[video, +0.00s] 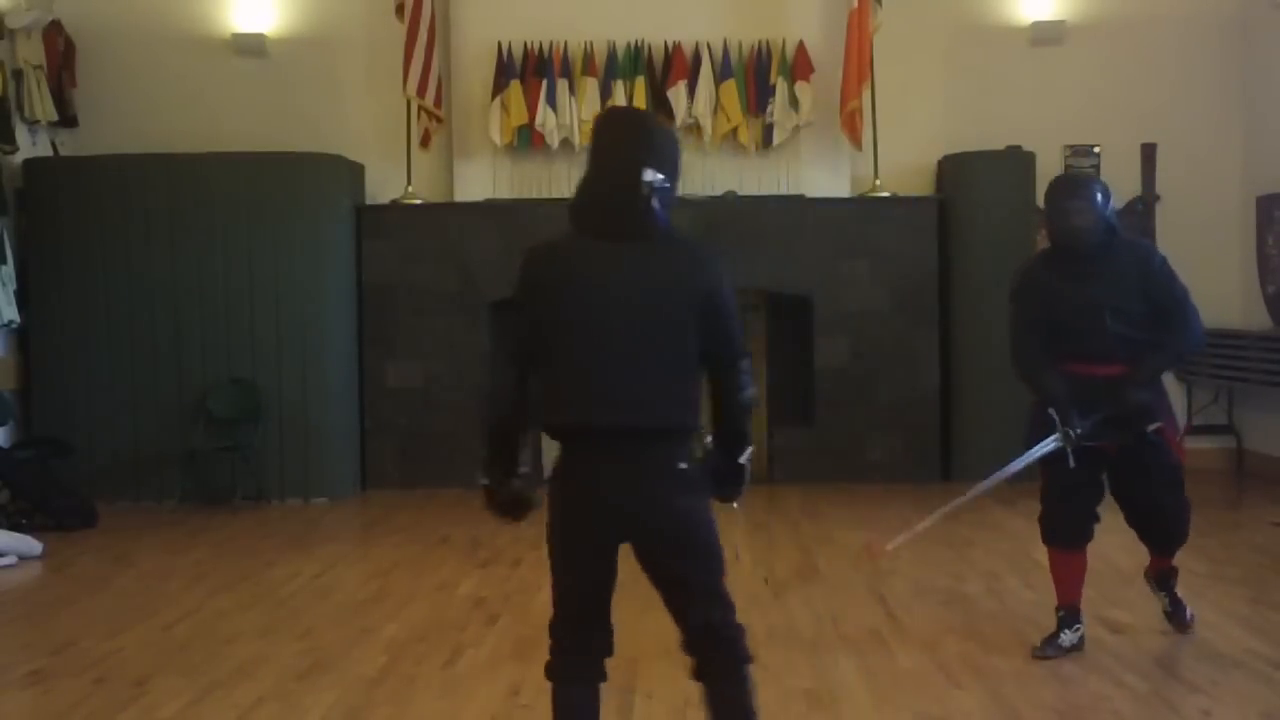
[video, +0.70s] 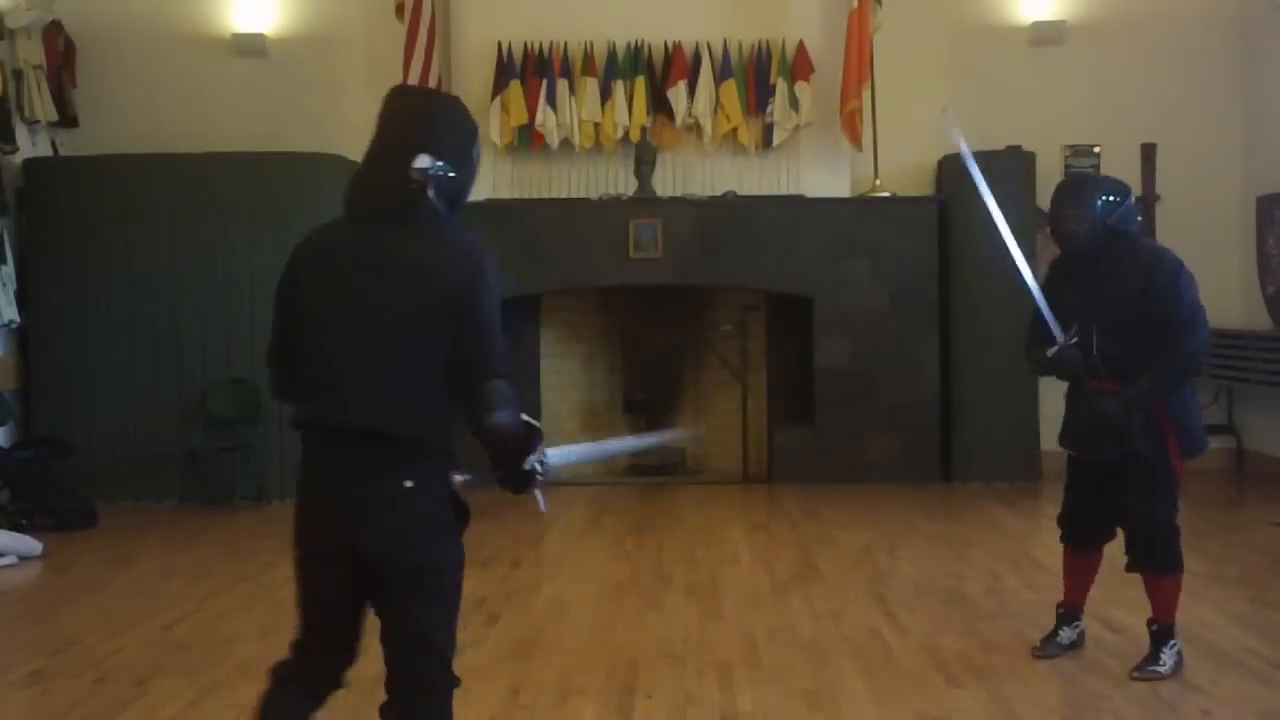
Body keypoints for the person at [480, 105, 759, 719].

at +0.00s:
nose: (670, 186)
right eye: (667, 175)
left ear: (594, 175)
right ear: (663, 180)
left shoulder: (547, 264)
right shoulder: (692, 265)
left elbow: (512, 372)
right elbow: (730, 373)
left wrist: (505, 468)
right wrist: (730, 458)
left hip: (581, 482)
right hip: (666, 482)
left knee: (576, 647)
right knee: (715, 642)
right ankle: (735, 707)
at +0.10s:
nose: (643, 176)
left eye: (637, 163)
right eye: (639, 164)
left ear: (554, 167)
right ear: (624, 173)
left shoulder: (512, 256)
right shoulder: (655, 259)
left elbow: (460, 368)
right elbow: (695, 373)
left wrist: (435, 466)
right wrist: (703, 454)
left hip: (548, 477)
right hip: (635, 480)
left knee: (566, 642)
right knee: (660, 642)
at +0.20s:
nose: (601, 181)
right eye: (599, 168)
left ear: (517, 168)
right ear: (592, 175)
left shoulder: (476, 256)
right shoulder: (612, 261)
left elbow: (416, 365)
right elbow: (656, 376)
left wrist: (380, 463)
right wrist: (674, 463)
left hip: (513, 482)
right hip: (595, 483)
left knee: (547, 636)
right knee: (601, 647)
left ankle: (554, 707)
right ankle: (557, 705)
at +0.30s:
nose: (577, 181)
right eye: (573, 169)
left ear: (489, 170)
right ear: (565, 178)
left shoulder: (444, 259)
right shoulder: (582, 265)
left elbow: (380, 367)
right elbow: (625, 383)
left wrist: (343, 468)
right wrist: (646, 476)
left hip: (474, 486)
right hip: (555, 487)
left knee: (522, 644)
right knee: (535, 657)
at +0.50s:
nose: (531, 193)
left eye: (528, 176)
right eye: (527, 178)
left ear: (441, 175)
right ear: (510, 186)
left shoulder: (381, 263)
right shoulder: (520, 273)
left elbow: (329, 382)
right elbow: (563, 402)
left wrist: (348, 475)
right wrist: (587, 491)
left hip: (391, 477)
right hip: (476, 482)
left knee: (441, 647)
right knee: (454, 664)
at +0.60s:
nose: (504, 185)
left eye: (501, 169)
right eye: (500, 170)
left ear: (414, 162)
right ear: (484, 175)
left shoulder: (350, 250)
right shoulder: (492, 263)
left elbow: (310, 377)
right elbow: (523, 403)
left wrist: (367, 433)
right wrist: (554, 480)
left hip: (359, 478)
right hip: (445, 486)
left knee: (386, 636)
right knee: (436, 664)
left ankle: (360, 710)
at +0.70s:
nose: (471, 176)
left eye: (466, 161)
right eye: (467, 161)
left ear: (378, 155)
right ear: (452, 169)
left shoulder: (318, 249)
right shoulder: (458, 260)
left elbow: (288, 377)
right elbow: (484, 393)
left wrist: (356, 401)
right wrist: (516, 453)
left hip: (325, 487)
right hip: (415, 494)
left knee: (318, 656)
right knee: (421, 681)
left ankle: (273, 710)